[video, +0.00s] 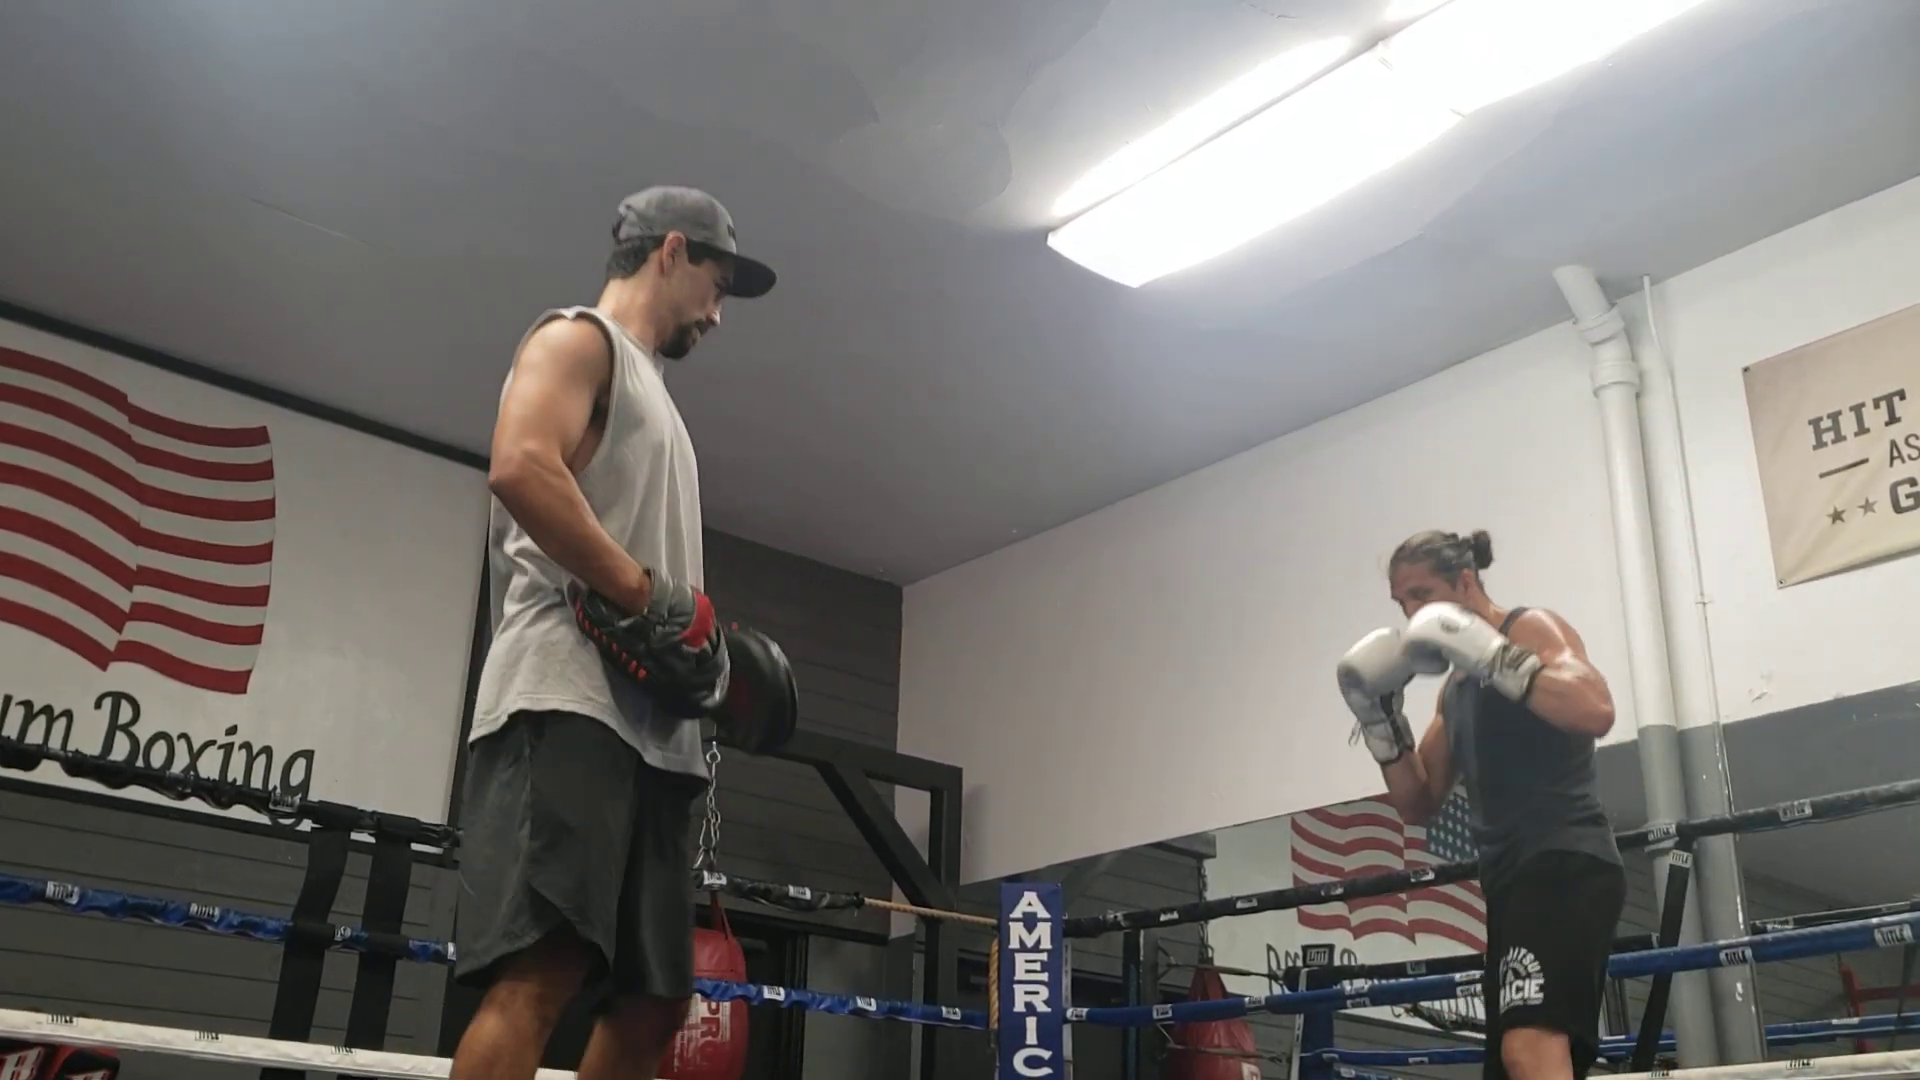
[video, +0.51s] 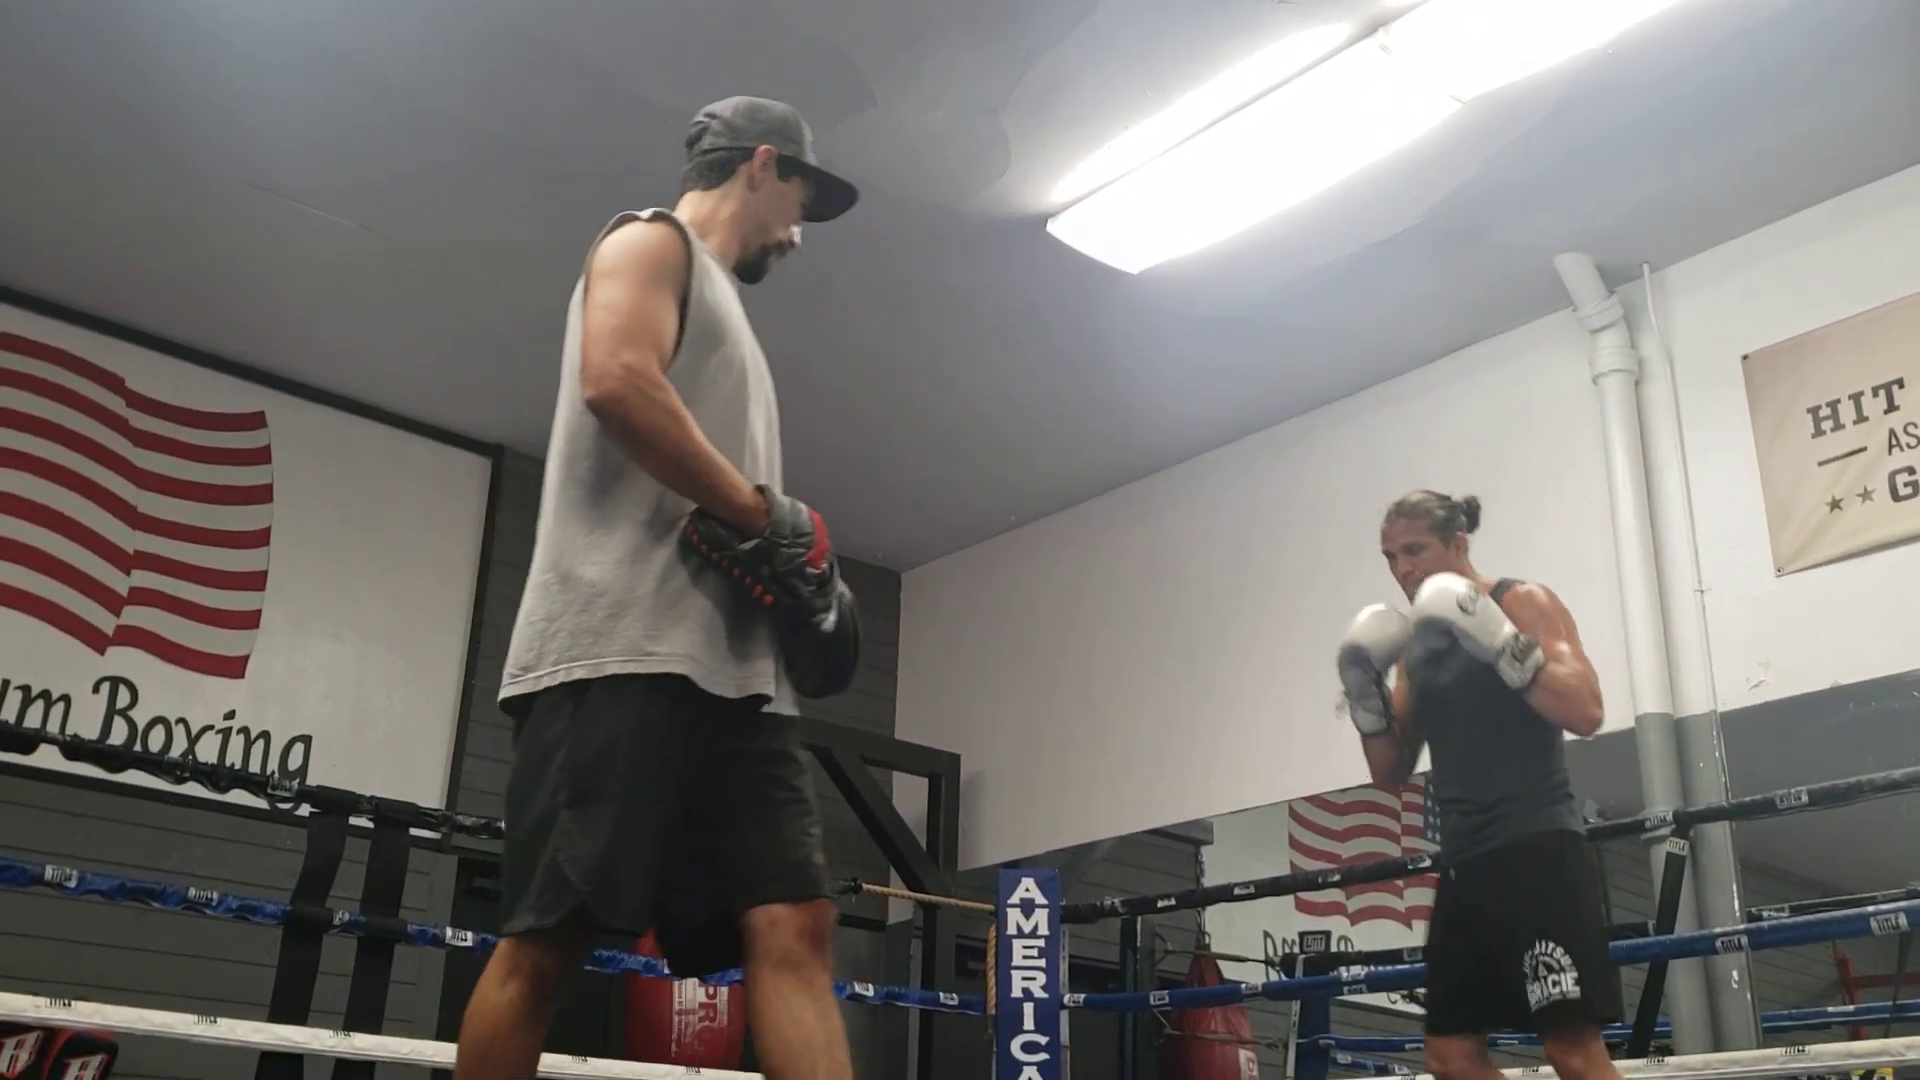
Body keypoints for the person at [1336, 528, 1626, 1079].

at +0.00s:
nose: (1411, 616)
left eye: (1420, 597)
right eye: (1403, 605)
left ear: (1465, 582)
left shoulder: (1530, 626)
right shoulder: (1455, 688)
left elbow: (1597, 712)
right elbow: (1418, 803)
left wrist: (1492, 654)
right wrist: (1379, 720)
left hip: (1562, 862)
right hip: (1512, 876)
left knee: (1533, 1050)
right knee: (1514, 1058)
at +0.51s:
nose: (1404, 569)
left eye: (1416, 550)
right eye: (1392, 557)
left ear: (1460, 544)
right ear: (1387, 563)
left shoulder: (1523, 603)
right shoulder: (1415, 648)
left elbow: (1585, 710)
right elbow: (1391, 768)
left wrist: (1498, 642)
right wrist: (1364, 691)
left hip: (1541, 848)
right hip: (1464, 862)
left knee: (1574, 1050)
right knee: (1451, 1053)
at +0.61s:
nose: (1382, 562)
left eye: (1394, 545)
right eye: (1371, 550)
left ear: (1438, 538)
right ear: (1366, 554)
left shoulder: (1501, 588)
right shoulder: (1394, 636)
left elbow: (1559, 692)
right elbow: (1370, 761)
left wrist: (1471, 615)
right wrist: (1338, 683)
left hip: (1520, 832)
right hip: (1439, 845)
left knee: (1548, 1042)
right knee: (1405, 1041)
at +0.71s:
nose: (1360, 599)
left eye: (1370, 580)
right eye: (1349, 587)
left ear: (1414, 570)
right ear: (1344, 588)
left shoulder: (1476, 617)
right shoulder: (1378, 667)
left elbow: (1523, 714)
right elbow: (1357, 795)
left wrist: (1434, 641)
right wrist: (1319, 717)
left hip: (1505, 870)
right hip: (1422, 881)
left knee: (1552, 1061)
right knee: (1365, 1059)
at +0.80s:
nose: (1323, 629)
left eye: (1334, 610)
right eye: (1315, 617)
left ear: (1381, 601)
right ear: (1311, 619)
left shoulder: (1445, 650)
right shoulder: (1355, 703)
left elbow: (1488, 746)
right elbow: (1345, 828)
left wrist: (1398, 677)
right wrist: (1303, 756)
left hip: (1481, 902)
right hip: (1401, 915)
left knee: (1547, 1071)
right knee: (1344, 1071)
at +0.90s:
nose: (1271, 639)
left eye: (1282, 622)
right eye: (1262, 628)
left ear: (1324, 611)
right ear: (1257, 630)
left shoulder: (1389, 660)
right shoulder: (1306, 711)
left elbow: (1444, 762)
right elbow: (1299, 835)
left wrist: (1355, 698)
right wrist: (1259, 768)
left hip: (1418, 904)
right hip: (1343, 915)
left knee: (1486, 1069)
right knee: (1294, 1069)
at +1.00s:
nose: (1215, 644)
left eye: (1226, 627)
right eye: (1206, 631)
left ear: (1269, 616)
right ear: (1202, 630)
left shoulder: (1336, 661)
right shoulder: (1244, 703)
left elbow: (1401, 770)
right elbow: (1228, 833)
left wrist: (1313, 704)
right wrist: (1198, 765)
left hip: (1354, 897)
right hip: (1279, 903)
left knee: (1398, 1068)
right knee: (1218, 1069)